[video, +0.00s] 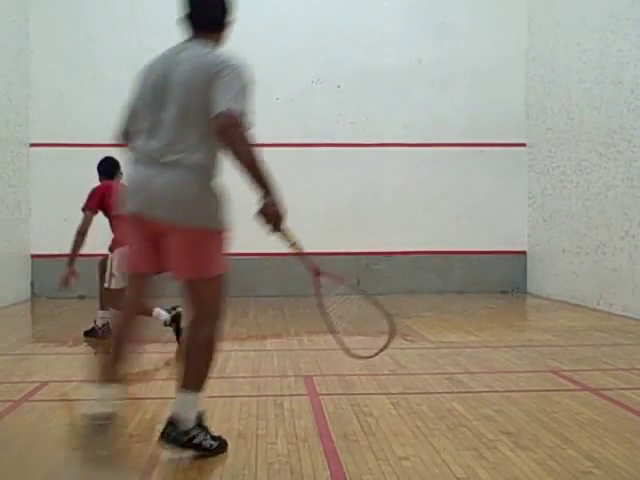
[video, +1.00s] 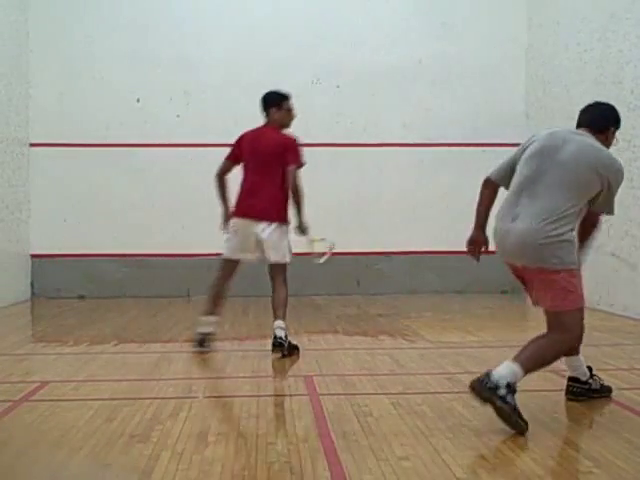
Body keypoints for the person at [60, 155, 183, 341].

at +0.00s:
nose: (100, 179)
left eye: (100, 175)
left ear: (100, 175)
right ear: (119, 173)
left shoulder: (100, 191)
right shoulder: (129, 190)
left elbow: (83, 229)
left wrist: (71, 263)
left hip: (123, 247)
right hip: (142, 245)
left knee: (115, 299)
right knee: (104, 265)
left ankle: (166, 316)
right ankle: (102, 323)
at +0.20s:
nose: (120, 164)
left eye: (115, 160)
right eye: (128, 160)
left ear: (112, 162)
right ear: (132, 162)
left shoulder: (105, 181)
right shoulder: (145, 181)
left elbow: (76, 210)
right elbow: (182, 192)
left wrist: (50, 241)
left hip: (122, 240)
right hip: (144, 241)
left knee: (101, 291)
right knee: (104, 281)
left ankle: (144, 312)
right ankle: (101, 324)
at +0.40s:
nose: (166, 136)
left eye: (164, 132)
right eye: (164, 132)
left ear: (143, 136)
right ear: (157, 134)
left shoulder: (128, 159)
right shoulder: (172, 159)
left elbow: (100, 192)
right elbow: (209, 182)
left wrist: (84, 223)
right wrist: (234, 177)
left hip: (134, 229)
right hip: (160, 231)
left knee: (122, 280)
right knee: (134, 278)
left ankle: (145, 325)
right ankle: (117, 322)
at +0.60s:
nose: (205, 124)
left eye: (203, 119)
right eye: (201, 119)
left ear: (182, 122)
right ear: (188, 121)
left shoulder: (159, 147)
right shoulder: (200, 151)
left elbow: (136, 183)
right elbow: (207, 194)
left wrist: (143, 210)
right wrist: (230, 213)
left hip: (155, 221)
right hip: (186, 223)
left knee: (146, 274)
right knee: (186, 267)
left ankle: (150, 330)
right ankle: (186, 314)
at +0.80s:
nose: (252, 125)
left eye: (251, 119)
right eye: (247, 120)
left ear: (229, 122)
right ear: (233, 122)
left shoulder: (206, 145)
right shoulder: (243, 153)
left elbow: (178, 176)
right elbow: (237, 195)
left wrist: (187, 204)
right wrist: (250, 227)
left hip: (196, 221)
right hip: (227, 225)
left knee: (172, 272)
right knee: (247, 276)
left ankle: (152, 332)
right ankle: (271, 326)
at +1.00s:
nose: (292, 114)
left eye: (291, 109)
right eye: (288, 109)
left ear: (269, 112)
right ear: (274, 112)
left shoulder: (247, 138)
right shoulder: (288, 142)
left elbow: (221, 174)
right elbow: (293, 183)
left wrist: (226, 209)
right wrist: (300, 218)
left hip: (242, 215)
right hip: (273, 218)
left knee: (224, 272)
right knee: (279, 277)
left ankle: (206, 326)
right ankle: (279, 332)